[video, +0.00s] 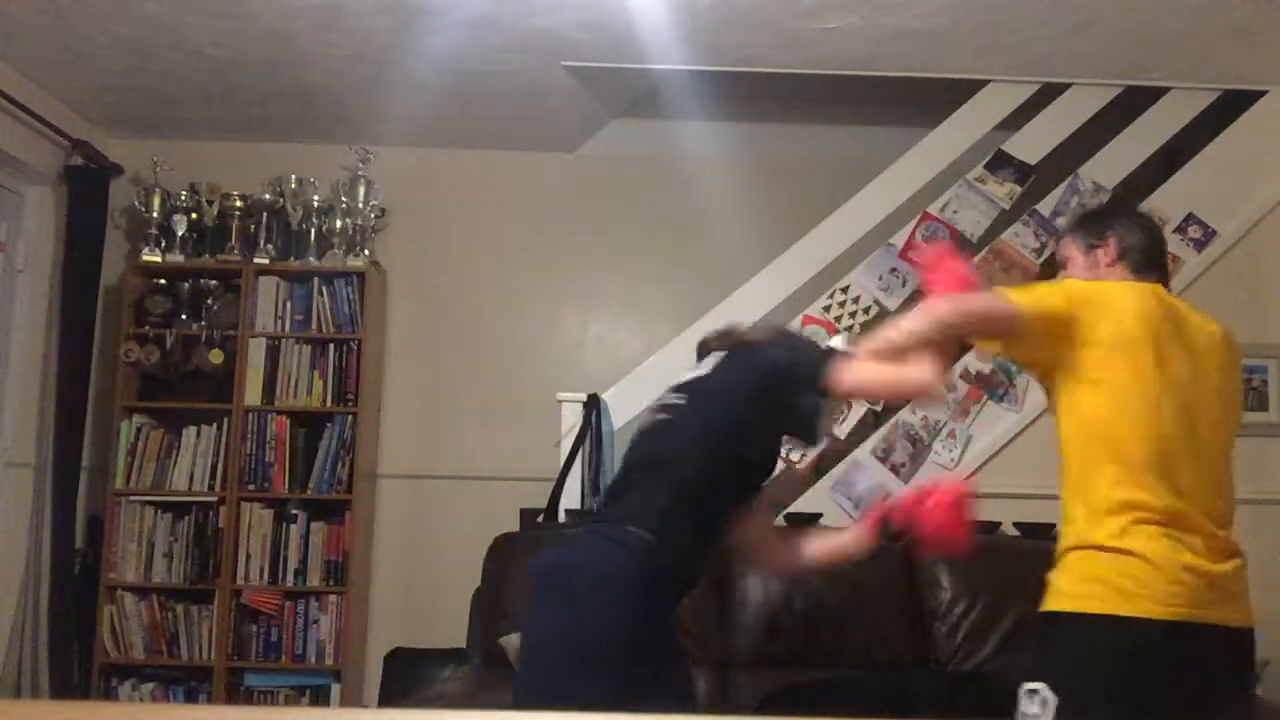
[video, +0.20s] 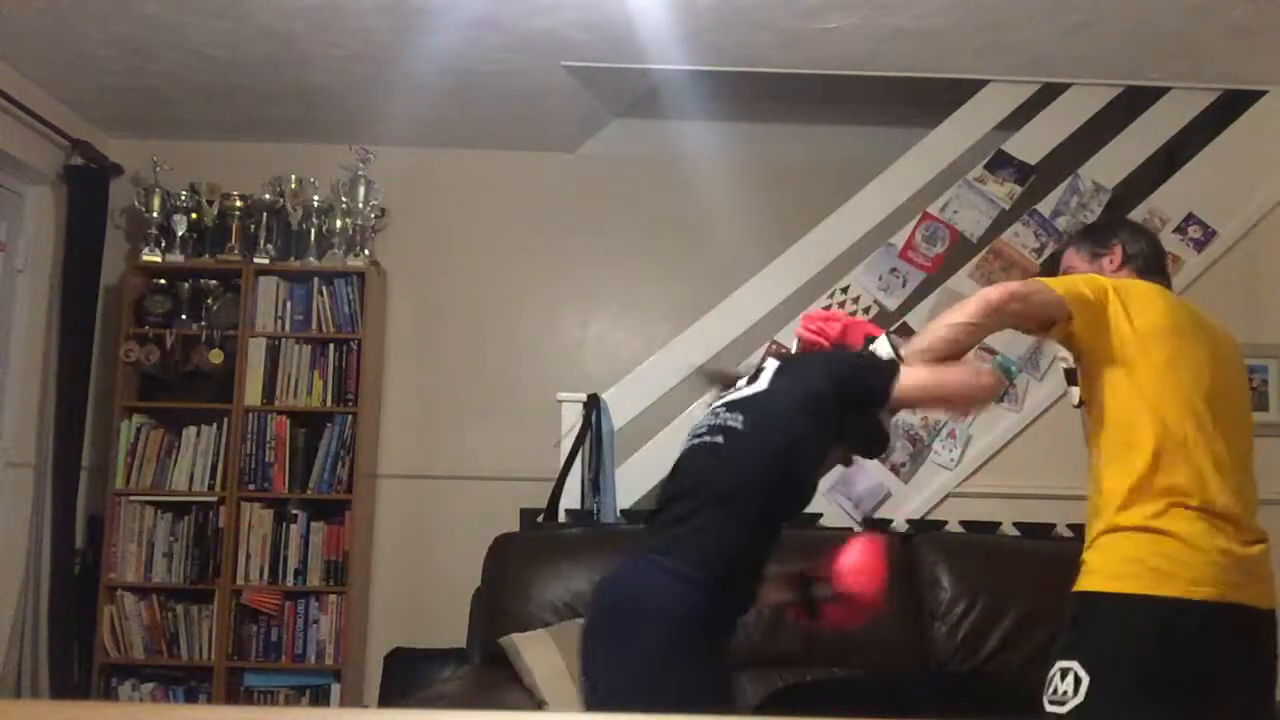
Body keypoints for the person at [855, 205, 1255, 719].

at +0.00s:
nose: (1062, 281)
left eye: (1066, 264)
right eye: (1061, 268)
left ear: (1108, 251)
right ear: (1164, 270)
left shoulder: (1092, 303)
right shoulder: (1220, 341)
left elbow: (946, 311)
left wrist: (862, 352)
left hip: (1109, 619)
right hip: (1220, 633)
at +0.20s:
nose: (1066, 289)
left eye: (1073, 276)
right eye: (1065, 280)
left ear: (1113, 261)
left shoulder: (1113, 299)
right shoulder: (1223, 342)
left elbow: (999, 298)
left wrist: (904, 365)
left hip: (1142, 592)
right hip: (1245, 610)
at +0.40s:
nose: (1061, 286)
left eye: (1075, 266)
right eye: (1057, 278)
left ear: (1133, 258)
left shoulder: (1170, 308)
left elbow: (1029, 365)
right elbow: (1076, 481)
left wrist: (906, 378)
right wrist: (934, 482)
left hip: (1214, 597)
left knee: (1149, 707)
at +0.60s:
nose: (1106, 259)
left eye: (1123, 236)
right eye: (1096, 245)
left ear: (1183, 229)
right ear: (1088, 252)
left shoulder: (1213, 302)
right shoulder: (1157, 337)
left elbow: (1060, 402)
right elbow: (1119, 474)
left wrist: (978, 389)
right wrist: (1088, 357)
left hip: (1248, 586)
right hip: (1185, 602)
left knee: (1233, 704)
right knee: (1185, 707)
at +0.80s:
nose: (1159, 264)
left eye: (1178, 237)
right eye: (1145, 245)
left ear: (1244, 218)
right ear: (1133, 249)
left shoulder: (1267, 331)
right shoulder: (1196, 327)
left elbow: (1201, 508)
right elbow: (1142, 469)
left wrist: (1051, 426)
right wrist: (1141, 336)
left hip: (1247, 657)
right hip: (1191, 647)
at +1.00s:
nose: (1193, 290)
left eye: (1191, 268)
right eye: (1176, 277)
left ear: (1239, 227)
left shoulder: (1270, 330)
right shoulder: (1208, 320)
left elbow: (1157, 456)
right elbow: (1153, 460)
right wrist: (1119, 305)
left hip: (1265, 666)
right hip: (1195, 652)